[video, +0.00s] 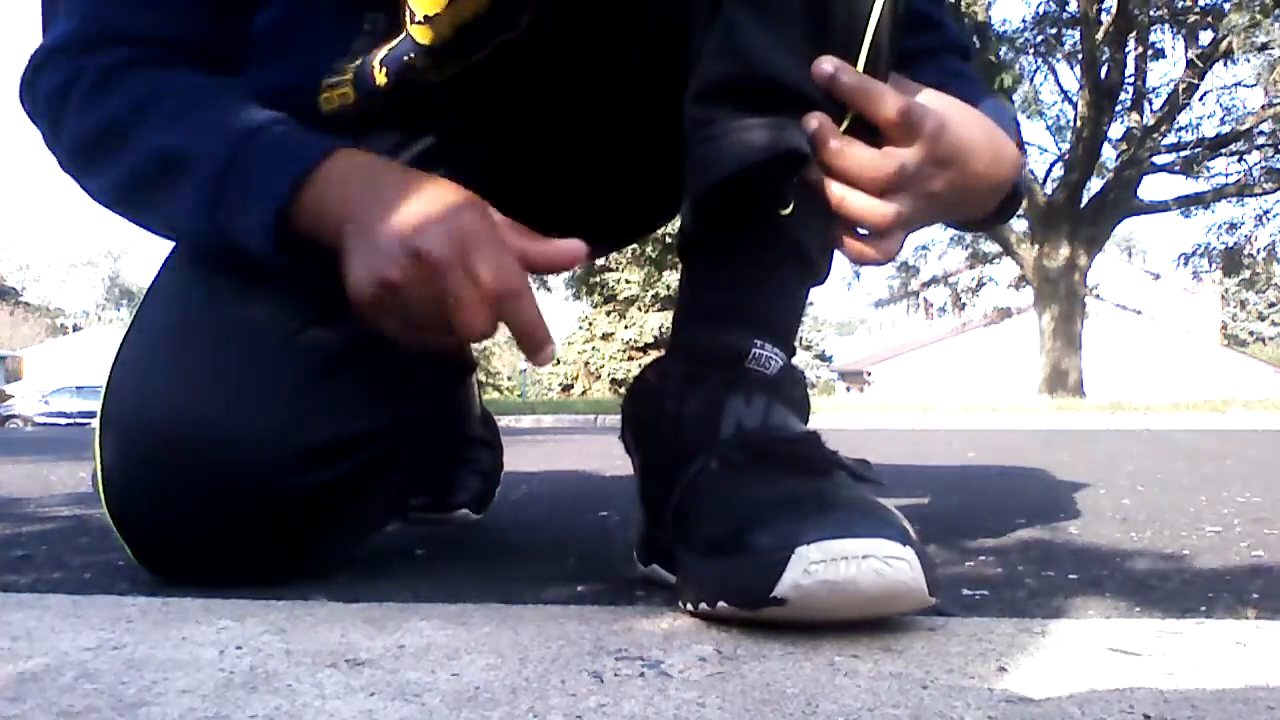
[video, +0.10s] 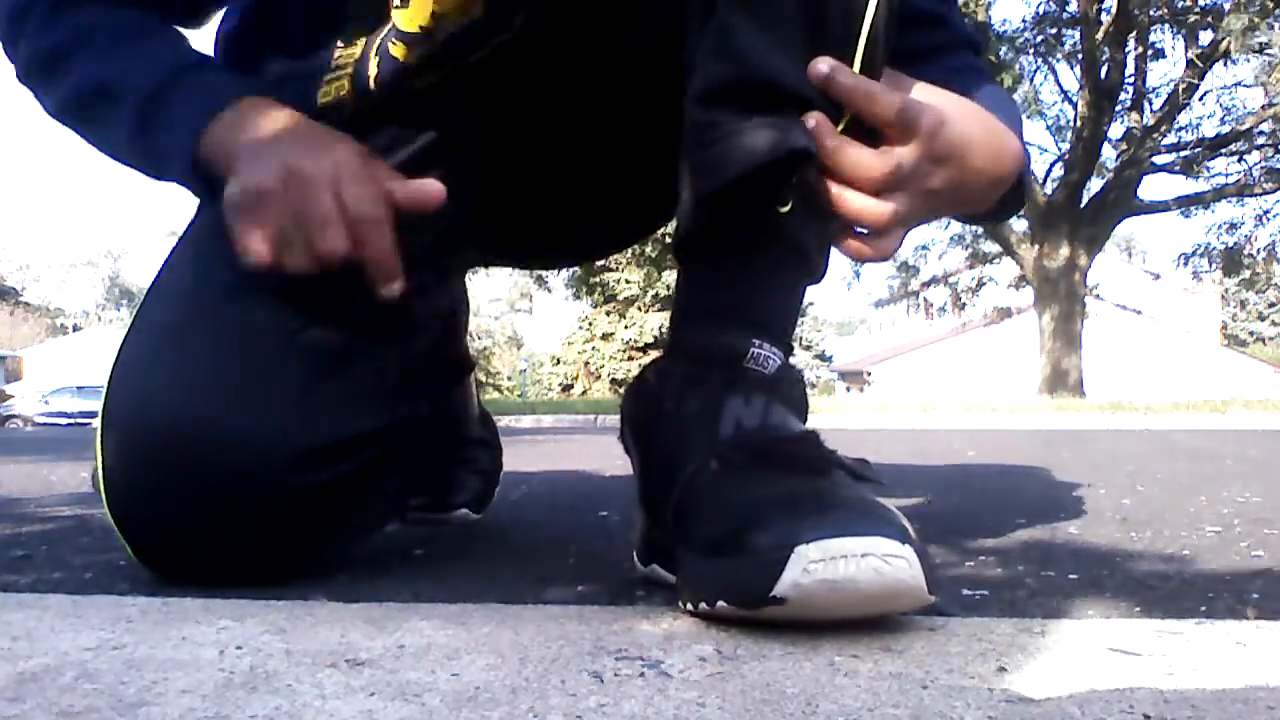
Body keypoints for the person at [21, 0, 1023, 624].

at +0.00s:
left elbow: (908, 33)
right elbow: (89, 74)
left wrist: (995, 169)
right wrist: (344, 197)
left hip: (592, 115)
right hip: (308, 175)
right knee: (192, 508)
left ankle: (732, 424)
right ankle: (424, 404)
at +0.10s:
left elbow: (910, 30)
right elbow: (56, 16)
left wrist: (997, 163)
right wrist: (237, 129)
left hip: (605, 105)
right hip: (335, 138)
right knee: (194, 511)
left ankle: (730, 418)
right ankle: (411, 373)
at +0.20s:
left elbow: (947, 42)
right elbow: (45, 1)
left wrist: (1000, 147)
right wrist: (183, 108)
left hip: (609, 122)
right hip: (334, 151)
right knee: (192, 507)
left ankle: (730, 423)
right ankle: (414, 380)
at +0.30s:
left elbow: (956, 45)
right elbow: (23, 25)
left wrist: (997, 142)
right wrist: (163, 150)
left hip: (625, 118)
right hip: (341, 155)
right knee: (194, 505)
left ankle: (727, 421)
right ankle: (415, 385)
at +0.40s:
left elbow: (944, 30)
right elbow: (2, 21)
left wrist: (975, 147)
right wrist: (168, 163)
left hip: (641, 111)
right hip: (363, 161)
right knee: (182, 500)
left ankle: (729, 415)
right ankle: (431, 370)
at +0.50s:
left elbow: (996, 12)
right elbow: (33, 16)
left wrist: (926, 141)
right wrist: (210, 152)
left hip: (672, 75)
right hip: (402, 139)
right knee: (217, 498)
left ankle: (725, 423)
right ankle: (452, 417)